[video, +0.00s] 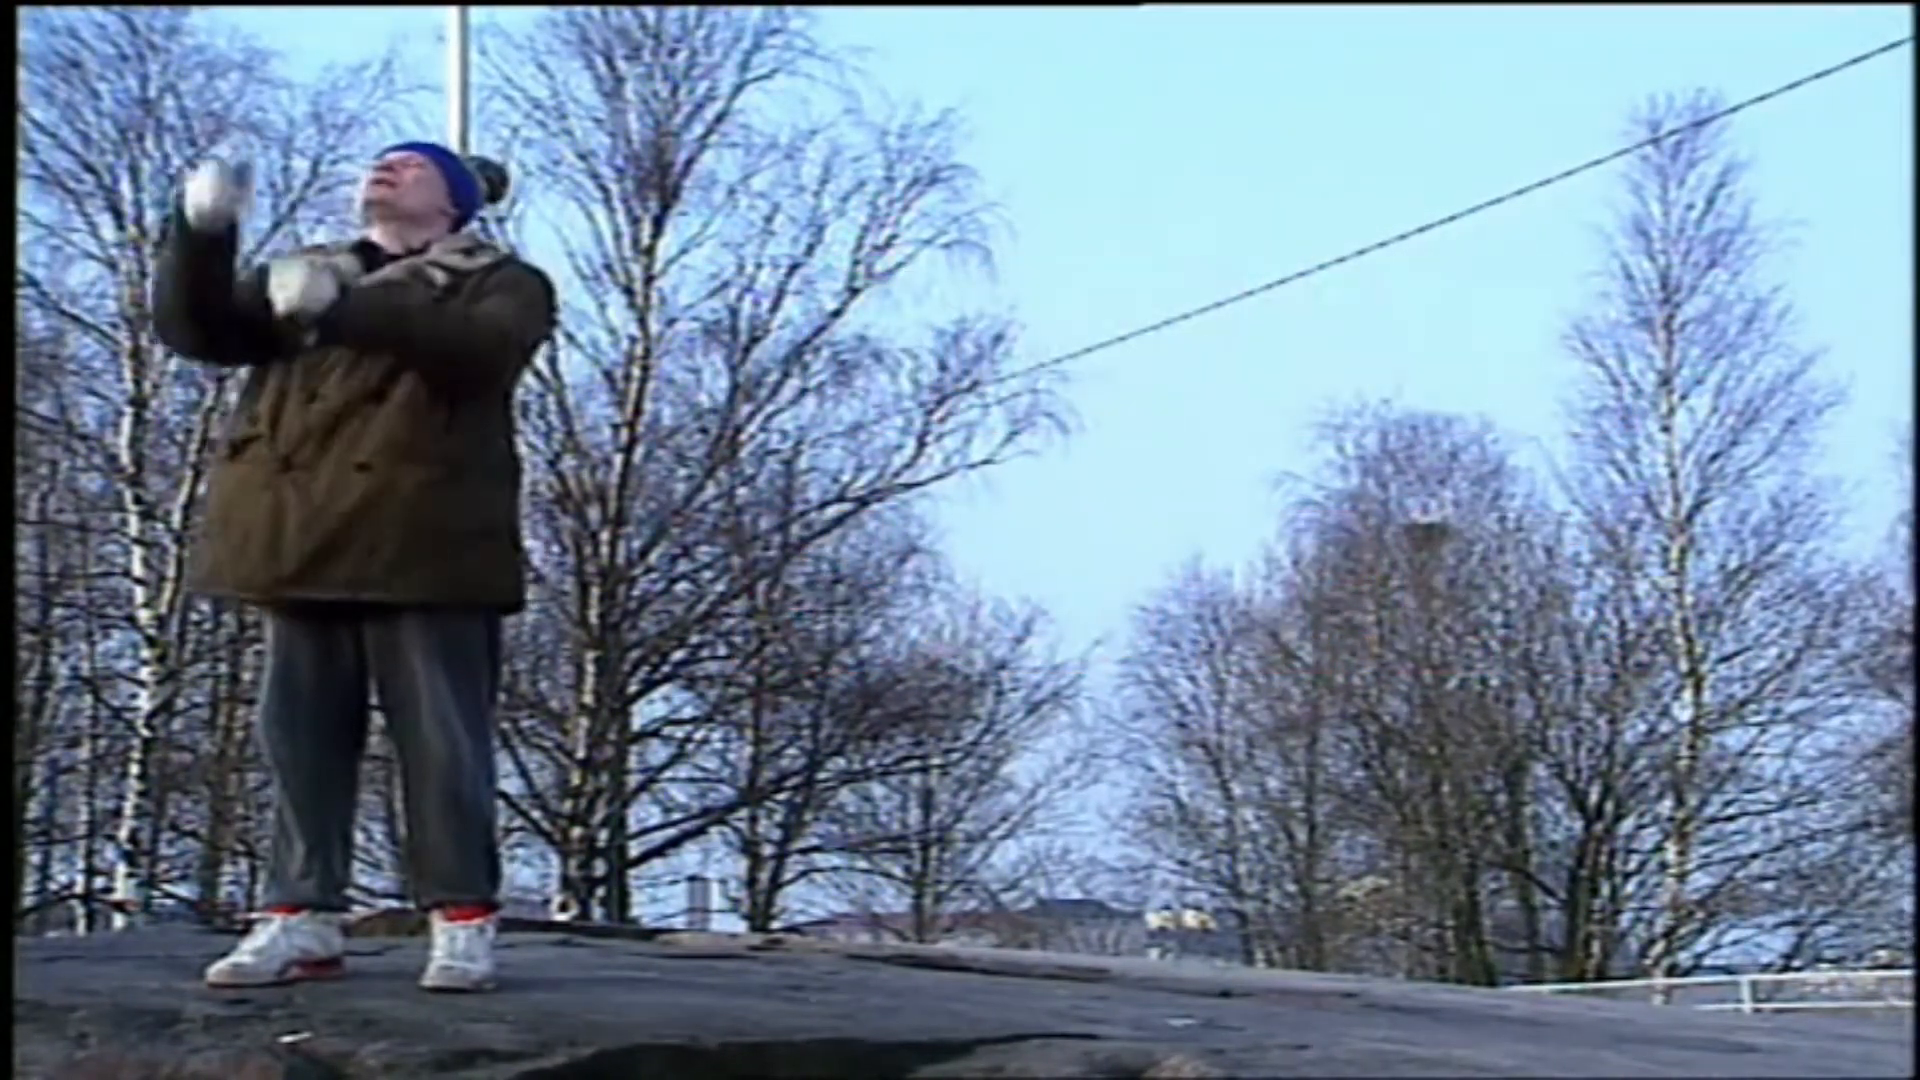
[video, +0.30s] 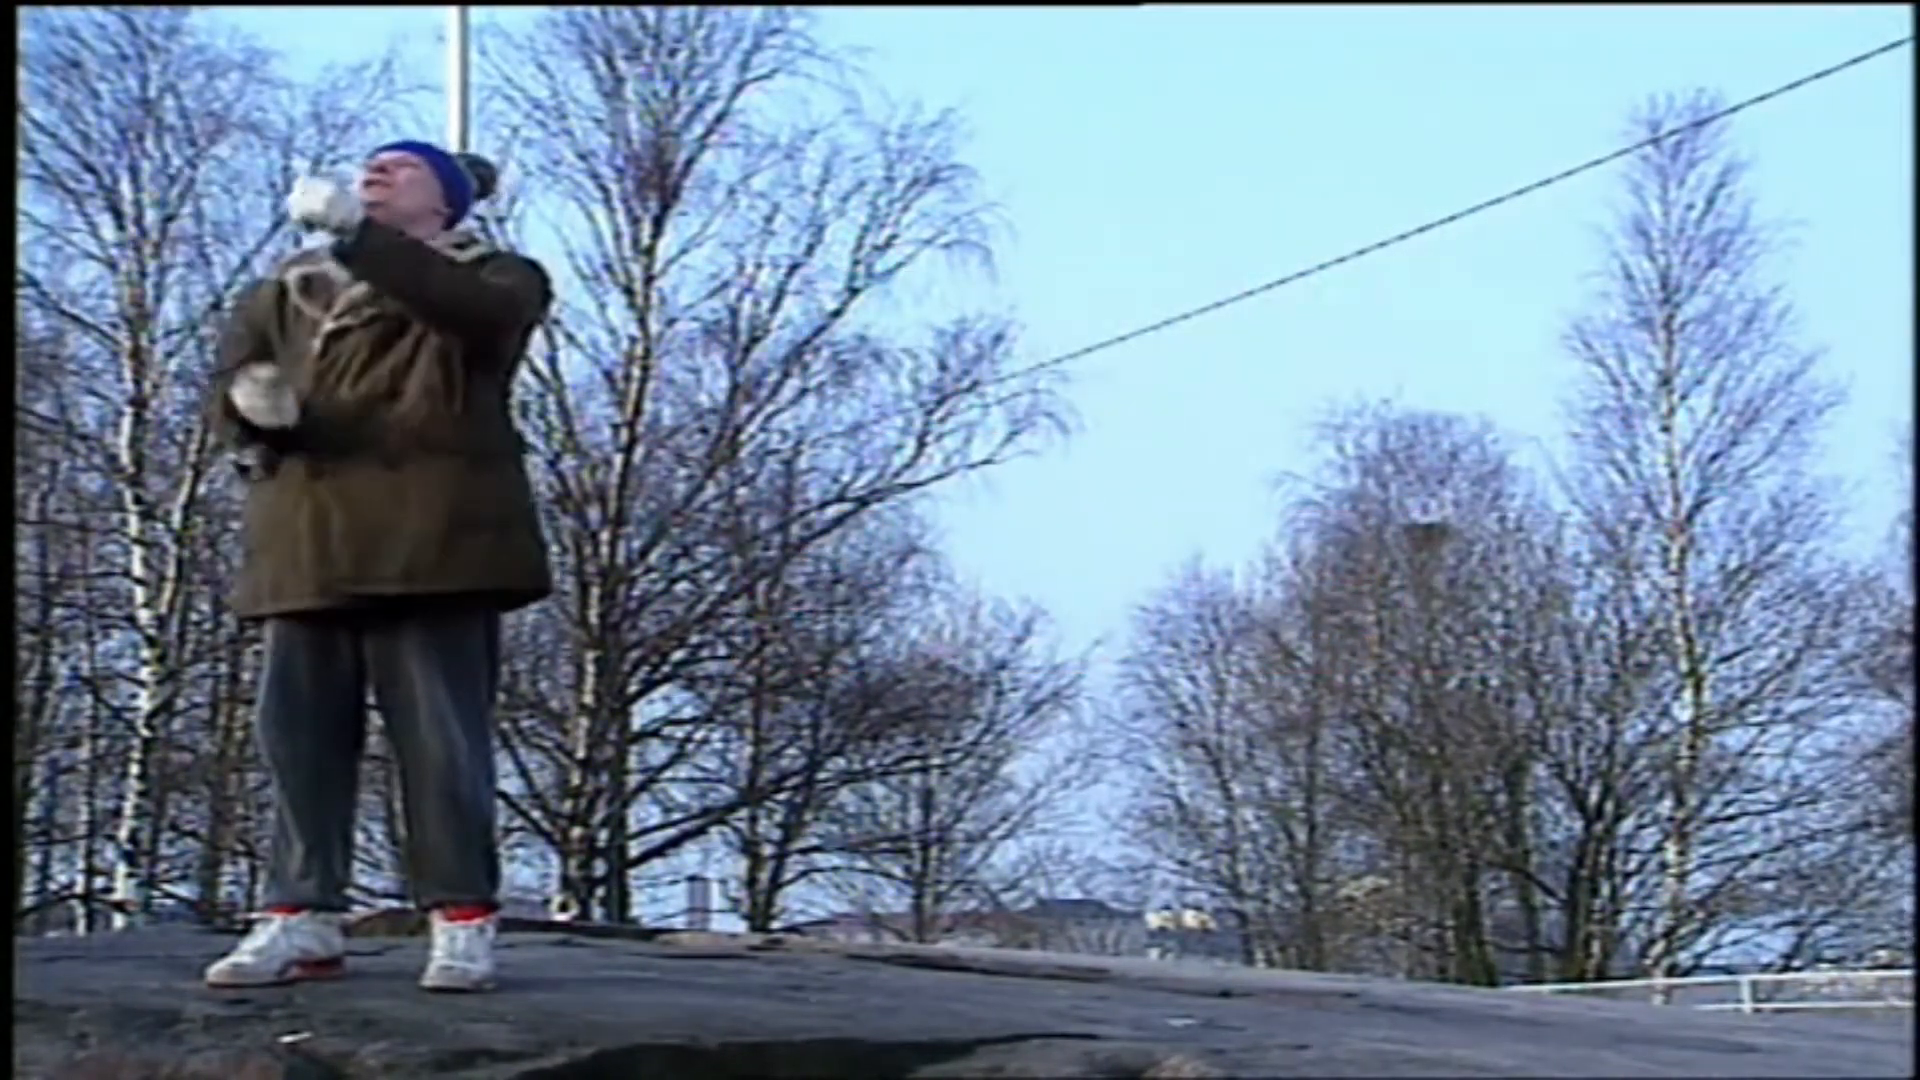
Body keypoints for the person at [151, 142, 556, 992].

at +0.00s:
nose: (381, 173)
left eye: (406, 165)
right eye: (376, 168)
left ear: (455, 205)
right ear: (360, 199)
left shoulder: (504, 280)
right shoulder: (320, 277)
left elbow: (475, 341)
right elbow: (196, 328)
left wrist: (339, 302)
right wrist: (204, 239)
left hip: (432, 548)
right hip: (305, 544)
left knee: (442, 738)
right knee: (300, 734)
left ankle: (461, 918)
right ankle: (305, 918)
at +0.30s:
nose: (372, 180)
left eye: (396, 169)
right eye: (365, 173)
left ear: (449, 199)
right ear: (352, 196)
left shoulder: (499, 274)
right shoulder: (298, 283)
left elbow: (483, 306)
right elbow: (230, 373)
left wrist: (356, 234)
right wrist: (248, 399)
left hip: (436, 542)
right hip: (307, 546)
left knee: (442, 736)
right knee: (299, 733)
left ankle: (461, 919)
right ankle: (306, 917)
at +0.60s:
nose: (378, 173)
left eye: (403, 167)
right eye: (372, 167)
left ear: (453, 201)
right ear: (357, 200)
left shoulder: (505, 282)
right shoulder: (309, 277)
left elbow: (483, 377)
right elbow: (174, 301)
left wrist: (351, 371)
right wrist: (194, 199)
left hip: (435, 560)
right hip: (306, 560)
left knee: (442, 743)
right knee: (300, 738)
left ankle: (463, 919)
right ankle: (306, 918)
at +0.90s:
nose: (375, 177)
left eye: (401, 168)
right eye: (369, 171)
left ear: (452, 204)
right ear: (356, 202)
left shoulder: (502, 282)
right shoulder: (314, 281)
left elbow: (482, 348)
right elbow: (263, 386)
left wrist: (340, 301)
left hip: (429, 550)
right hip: (305, 549)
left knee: (440, 740)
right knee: (299, 737)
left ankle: (461, 918)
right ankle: (306, 918)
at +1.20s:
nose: (379, 183)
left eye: (404, 173)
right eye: (372, 175)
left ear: (456, 208)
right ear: (354, 193)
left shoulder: (501, 278)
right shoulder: (290, 289)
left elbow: (481, 300)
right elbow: (222, 390)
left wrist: (355, 234)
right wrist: (206, 365)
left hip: (433, 548)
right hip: (306, 550)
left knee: (441, 738)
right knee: (299, 735)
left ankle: (462, 918)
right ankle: (306, 918)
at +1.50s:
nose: (380, 175)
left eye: (405, 168)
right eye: (373, 170)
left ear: (453, 208)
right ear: (356, 204)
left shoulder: (504, 283)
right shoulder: (309, 282)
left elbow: (489, 370)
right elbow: (192, 352)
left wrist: (337, 373)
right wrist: (198, 255)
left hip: (435, 551)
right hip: (305, 549)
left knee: (444, 739)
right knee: (301, 736)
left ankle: (462, 919)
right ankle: (306, 918)